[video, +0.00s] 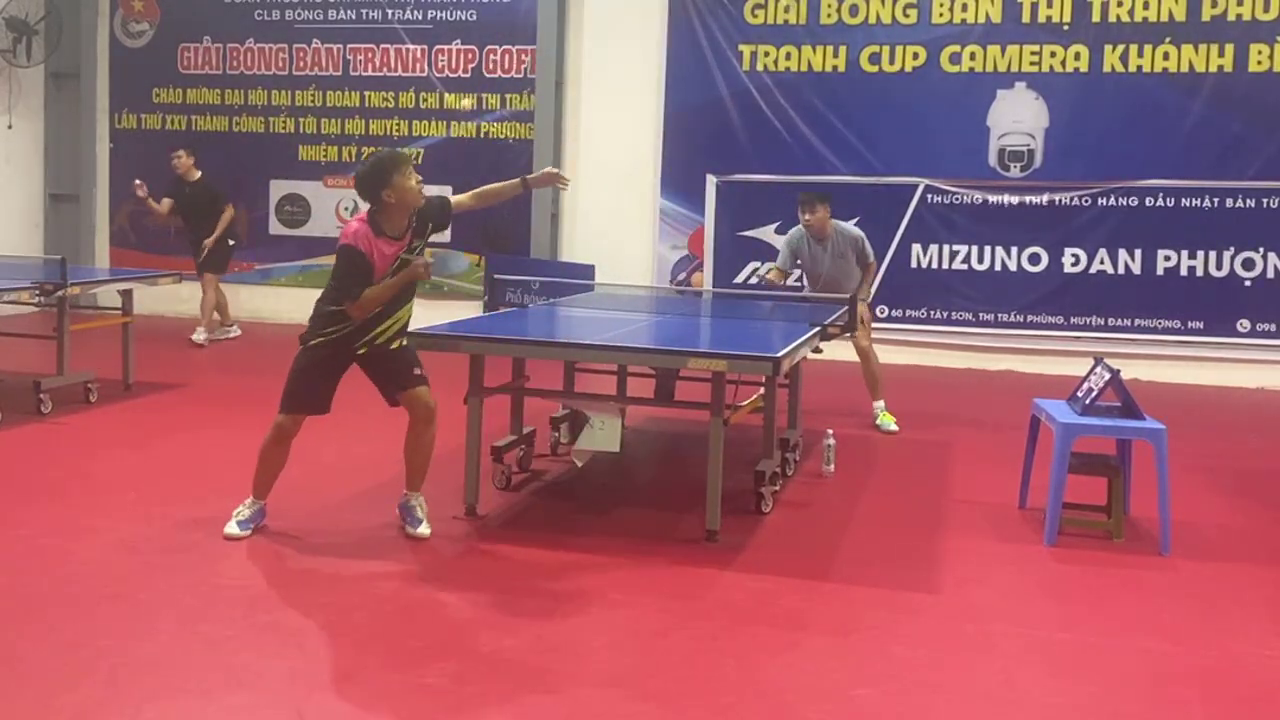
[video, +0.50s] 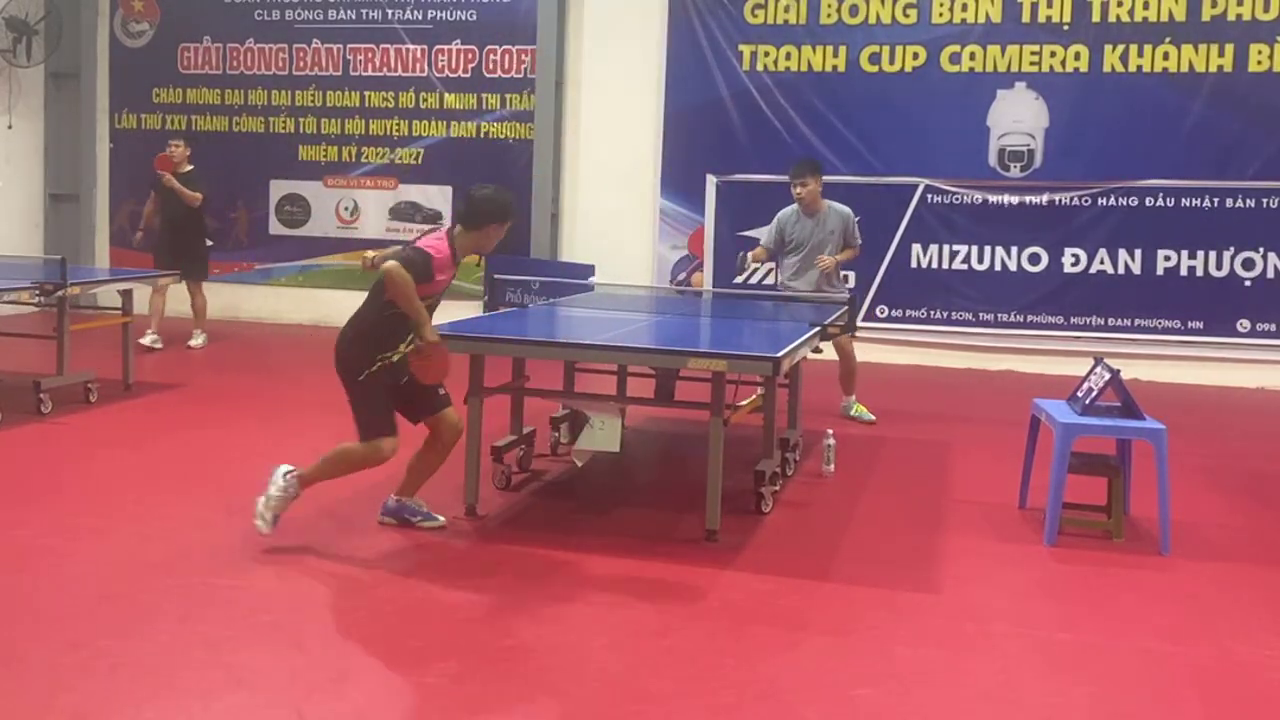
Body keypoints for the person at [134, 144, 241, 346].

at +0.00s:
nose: (175, 162)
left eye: (179, 158)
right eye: (173, 159)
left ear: (192, 160)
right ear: (172, 163)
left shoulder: (207, 184)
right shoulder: (177, 186)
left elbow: (229, 211)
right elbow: (162, 211)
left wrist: (214, 237)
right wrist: (146, 198)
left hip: (219, 238)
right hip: (198, 240)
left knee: (208, 281)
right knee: (209, 284)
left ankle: (203, 328)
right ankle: (228, 325)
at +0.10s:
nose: (179, 158)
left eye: (184, 154)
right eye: (177, 155)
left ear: (196, 157)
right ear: (175, 159)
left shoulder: (210, 183)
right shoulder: (177, 182)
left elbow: (222, 214)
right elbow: (167, 211)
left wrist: (203, 240)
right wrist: (157, 211)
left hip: (210, 237)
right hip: (189, 238)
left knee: (201, 282)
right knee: (199, 283)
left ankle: (200, 330)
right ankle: (223, 320)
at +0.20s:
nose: (182, 155)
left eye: (187, 151)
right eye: (180, 151)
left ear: (198, 155)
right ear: (176, 155)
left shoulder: (209, 182)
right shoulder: (175, 181)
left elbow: (215, 214)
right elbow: (169, 207)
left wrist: (190, 232)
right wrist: (169, 231)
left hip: (205, 239)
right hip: (184, 239)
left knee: (200, 284)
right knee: (183, 283)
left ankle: (201, 329)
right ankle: (210, 312)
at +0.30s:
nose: (181, 152)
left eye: (186, 148)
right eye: (179, 148)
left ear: (197, 152)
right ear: (176, 152)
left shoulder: (207, 177)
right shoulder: (174, 177)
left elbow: (206, 209)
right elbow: (167, 209)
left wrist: (178, 210)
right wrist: (165, 241)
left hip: (201, 239)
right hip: (179, 238)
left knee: (199, 284)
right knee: (172, 282)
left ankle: (200, 329)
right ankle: (194, 314)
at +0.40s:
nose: (177, 150)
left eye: (182, 147)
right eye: (175, 147)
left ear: (193, 151)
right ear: (172, 151)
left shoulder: (203, 176)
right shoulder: (170, 177)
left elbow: (201, 203)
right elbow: (159, 207)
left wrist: (178, 192)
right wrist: (153, 235)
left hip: (196, 239)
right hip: (171, 237)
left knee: (197, 285)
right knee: (165, 283)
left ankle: (200, 331)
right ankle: (174, 327)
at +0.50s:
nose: (172, 150)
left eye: (176, 147)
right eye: (169, 147)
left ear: (188, 151)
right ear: (166, 151)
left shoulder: (196, 175)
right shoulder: (162, 176)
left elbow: (197, 200)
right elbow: (151, 203)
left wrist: (173, 184)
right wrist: (142, 229)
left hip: (192, 240)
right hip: (166, 238)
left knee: (194, 288)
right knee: (159, 286)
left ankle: (199, 332)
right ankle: (153, 333)